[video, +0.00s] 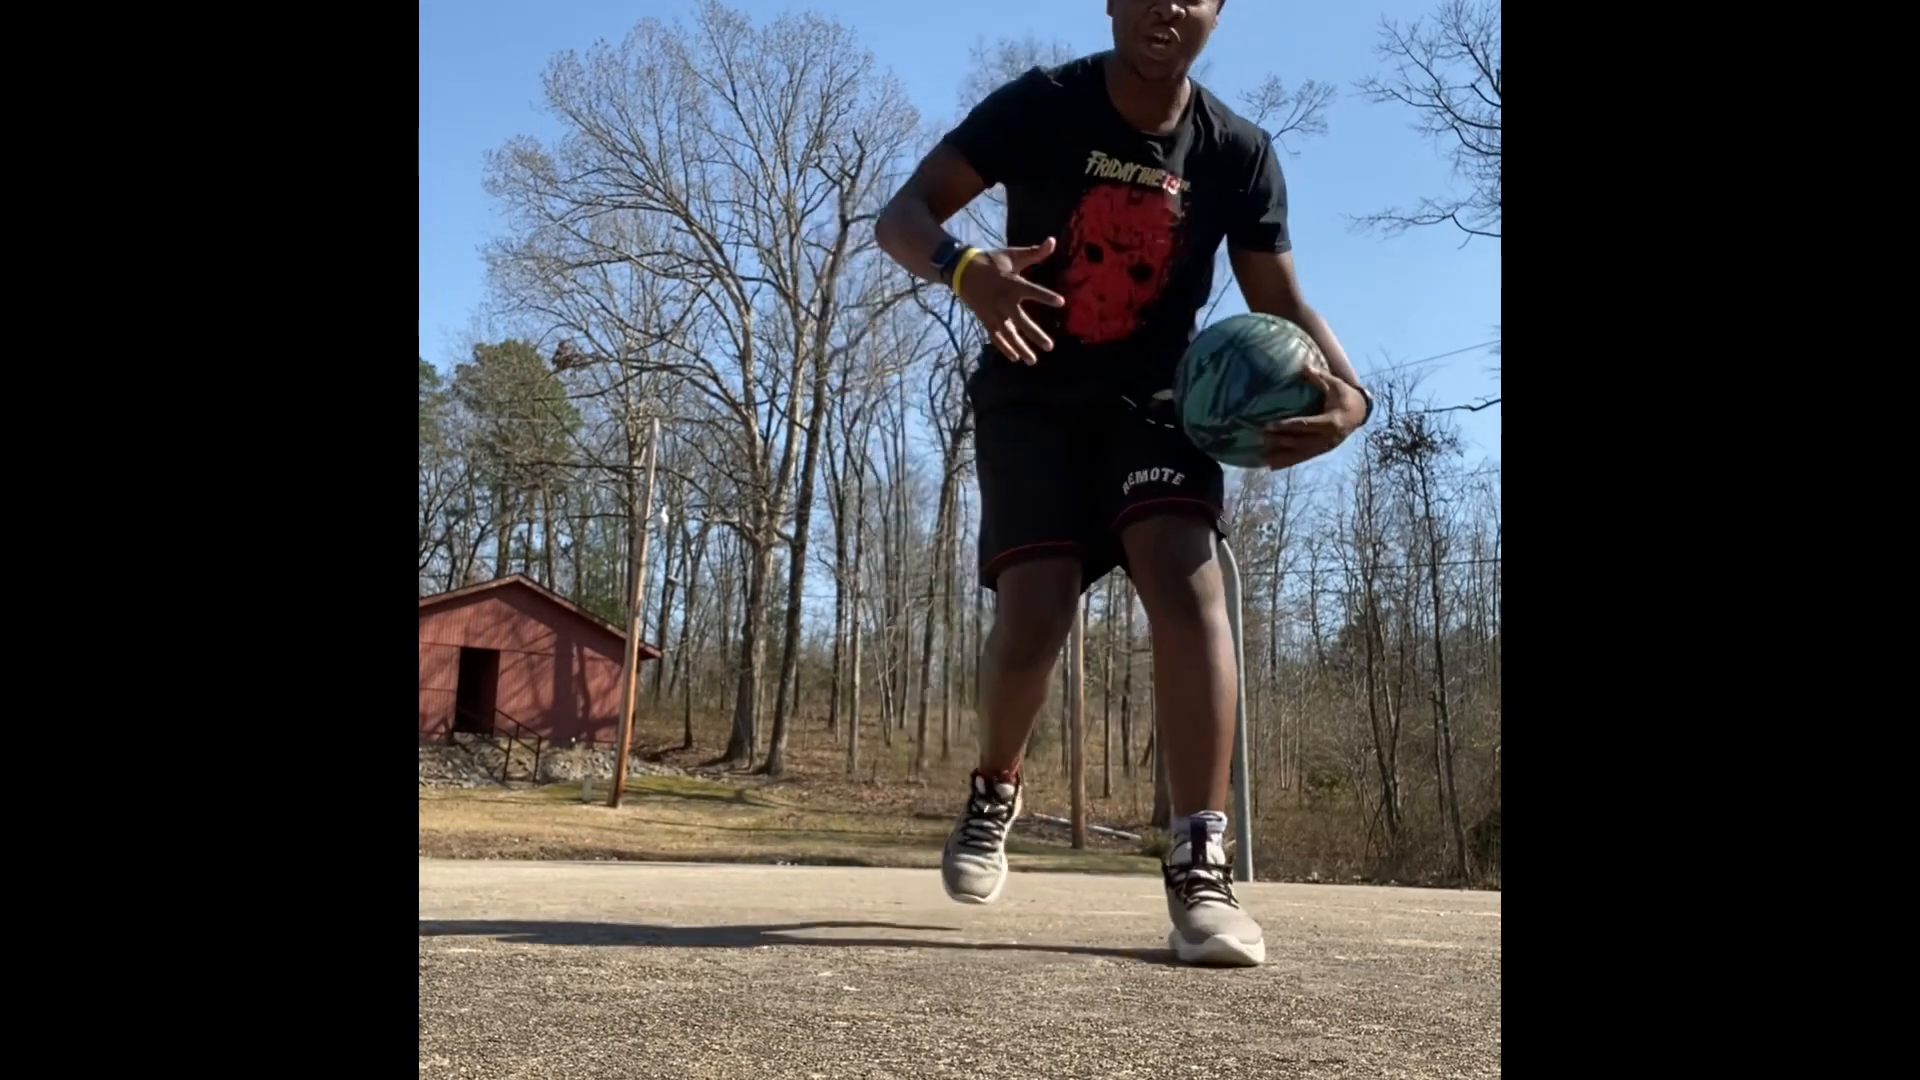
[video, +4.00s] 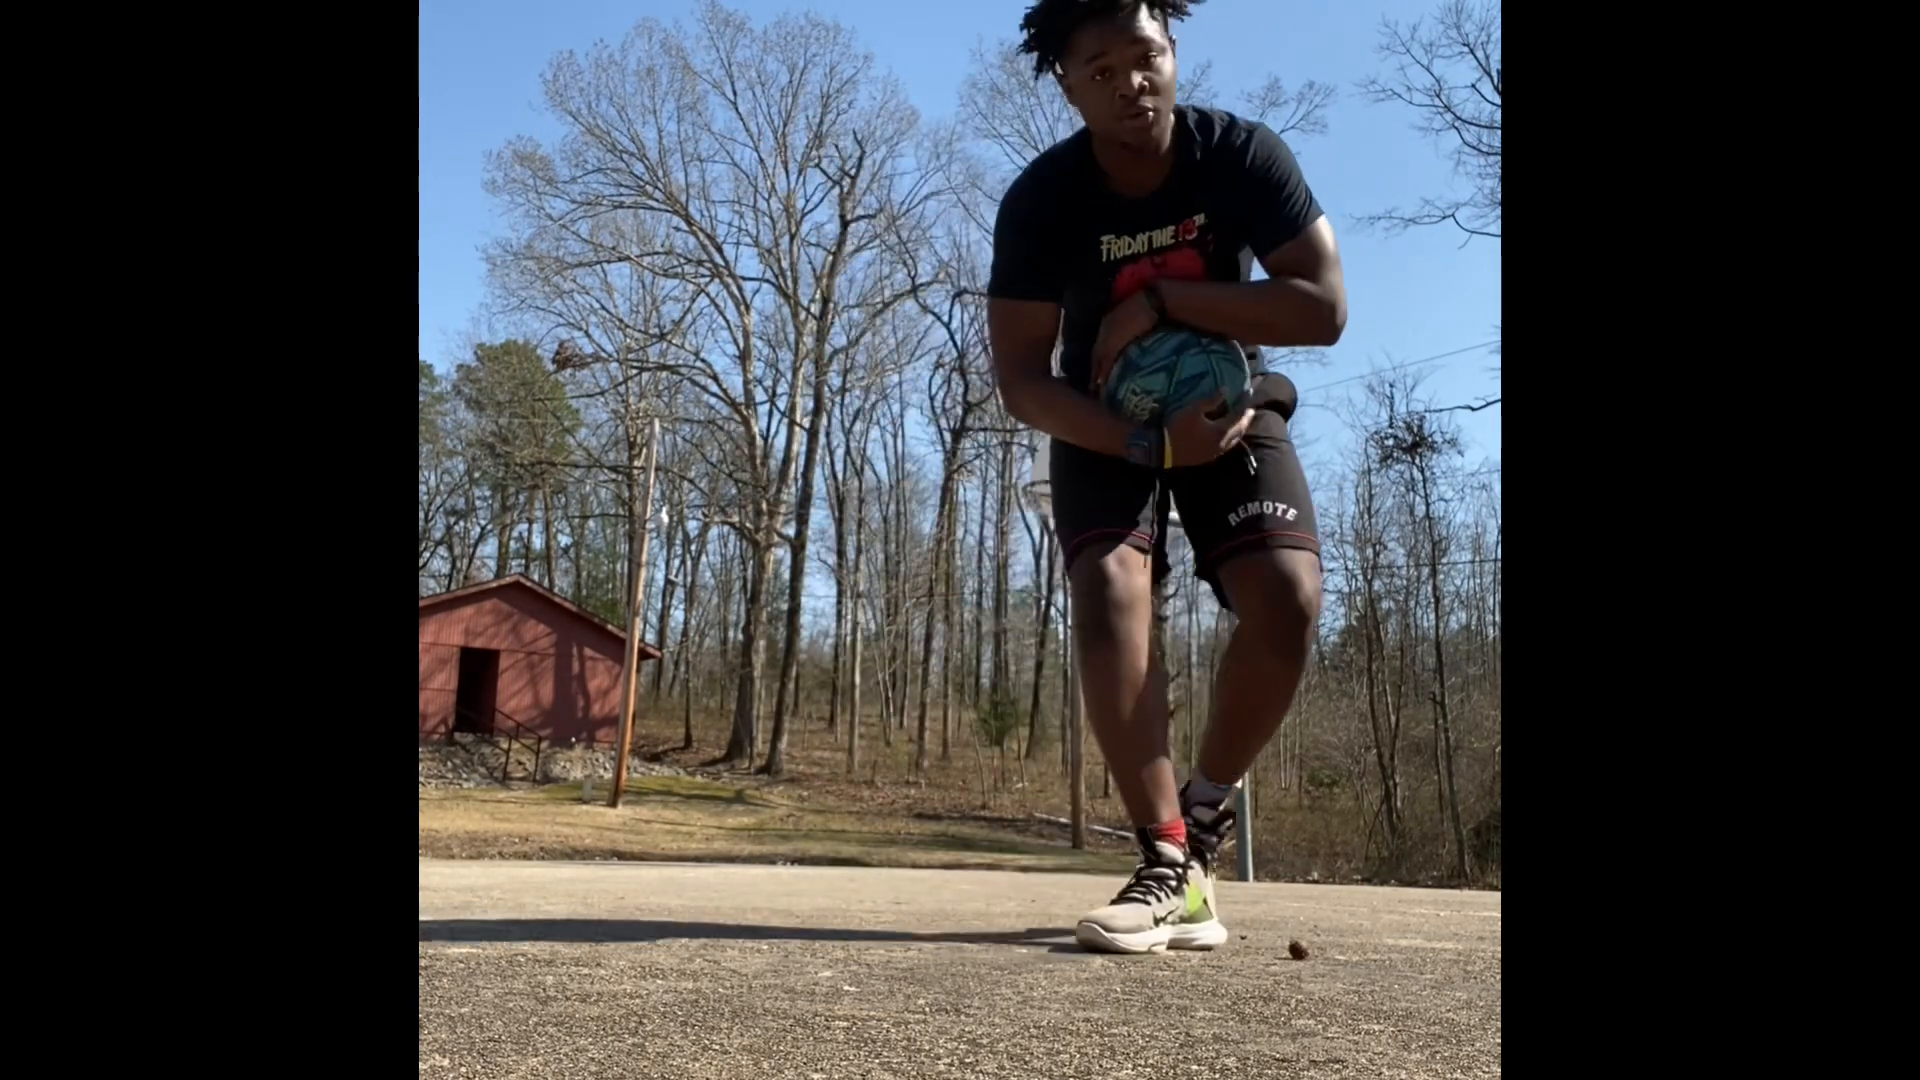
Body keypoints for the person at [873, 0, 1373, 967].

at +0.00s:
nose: (1165, 11)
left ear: (1215, 17)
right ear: (1112, 6)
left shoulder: (1239, 153)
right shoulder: (1036, 108)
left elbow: (1280, 307)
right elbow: (902, 218)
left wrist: (1351, 394)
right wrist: (962, 269)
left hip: (1156, 399)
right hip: (1032, 394)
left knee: (1193, 587)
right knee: (1038, 609)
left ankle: (1201, 873)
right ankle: (993, 793)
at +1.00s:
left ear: (1137, 3)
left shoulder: (1176, 117)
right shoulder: (980, 102)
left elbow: (1244, 259)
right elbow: (855, 206)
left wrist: (1322, 336)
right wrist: (733, 175)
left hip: (1144, 364)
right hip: (1014, 365)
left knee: (1201, 576)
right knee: (1007, 587)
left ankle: (1200, 809)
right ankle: (1009, 859)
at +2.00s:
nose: (928, 181)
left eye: (942, 166)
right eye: (912, 170)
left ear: (971, 173)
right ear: (895, 185)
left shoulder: (1013, 250)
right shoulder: (891, 295)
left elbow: (1070, 357)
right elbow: (875, 405)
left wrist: (1080, 470)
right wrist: (815, 424)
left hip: (1002, 466)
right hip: (923, 473)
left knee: (994, 628)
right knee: (939, 653)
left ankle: (1022, 849)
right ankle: (973, 854)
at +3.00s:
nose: (814, 207)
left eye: (823, 190)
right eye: (817, 191)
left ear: (860, 194)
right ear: (864, 198)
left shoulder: (926, 258)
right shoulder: (848, 308)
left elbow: (985, 362)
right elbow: (831, 425)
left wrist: (887, 435)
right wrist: (785, 492)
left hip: (929, 485)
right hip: (866, 490)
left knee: (826, 634)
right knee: (815, 652)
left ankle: (920, 817)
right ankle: (858, 850)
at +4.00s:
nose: (1130, 85)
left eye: (1144, 59)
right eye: (1102, 71)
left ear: (1173, 54)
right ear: (1067, 82)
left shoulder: (1245, 155)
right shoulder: (1039, 201)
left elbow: (1323, 312)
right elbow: (1020, 377)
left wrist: (1156, 298)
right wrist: (1150, 445)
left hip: (1232, 394)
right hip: (1097, 408)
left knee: (1288, 597)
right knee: (1108, 586)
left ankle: (1203, 809)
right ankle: (1167, 867)